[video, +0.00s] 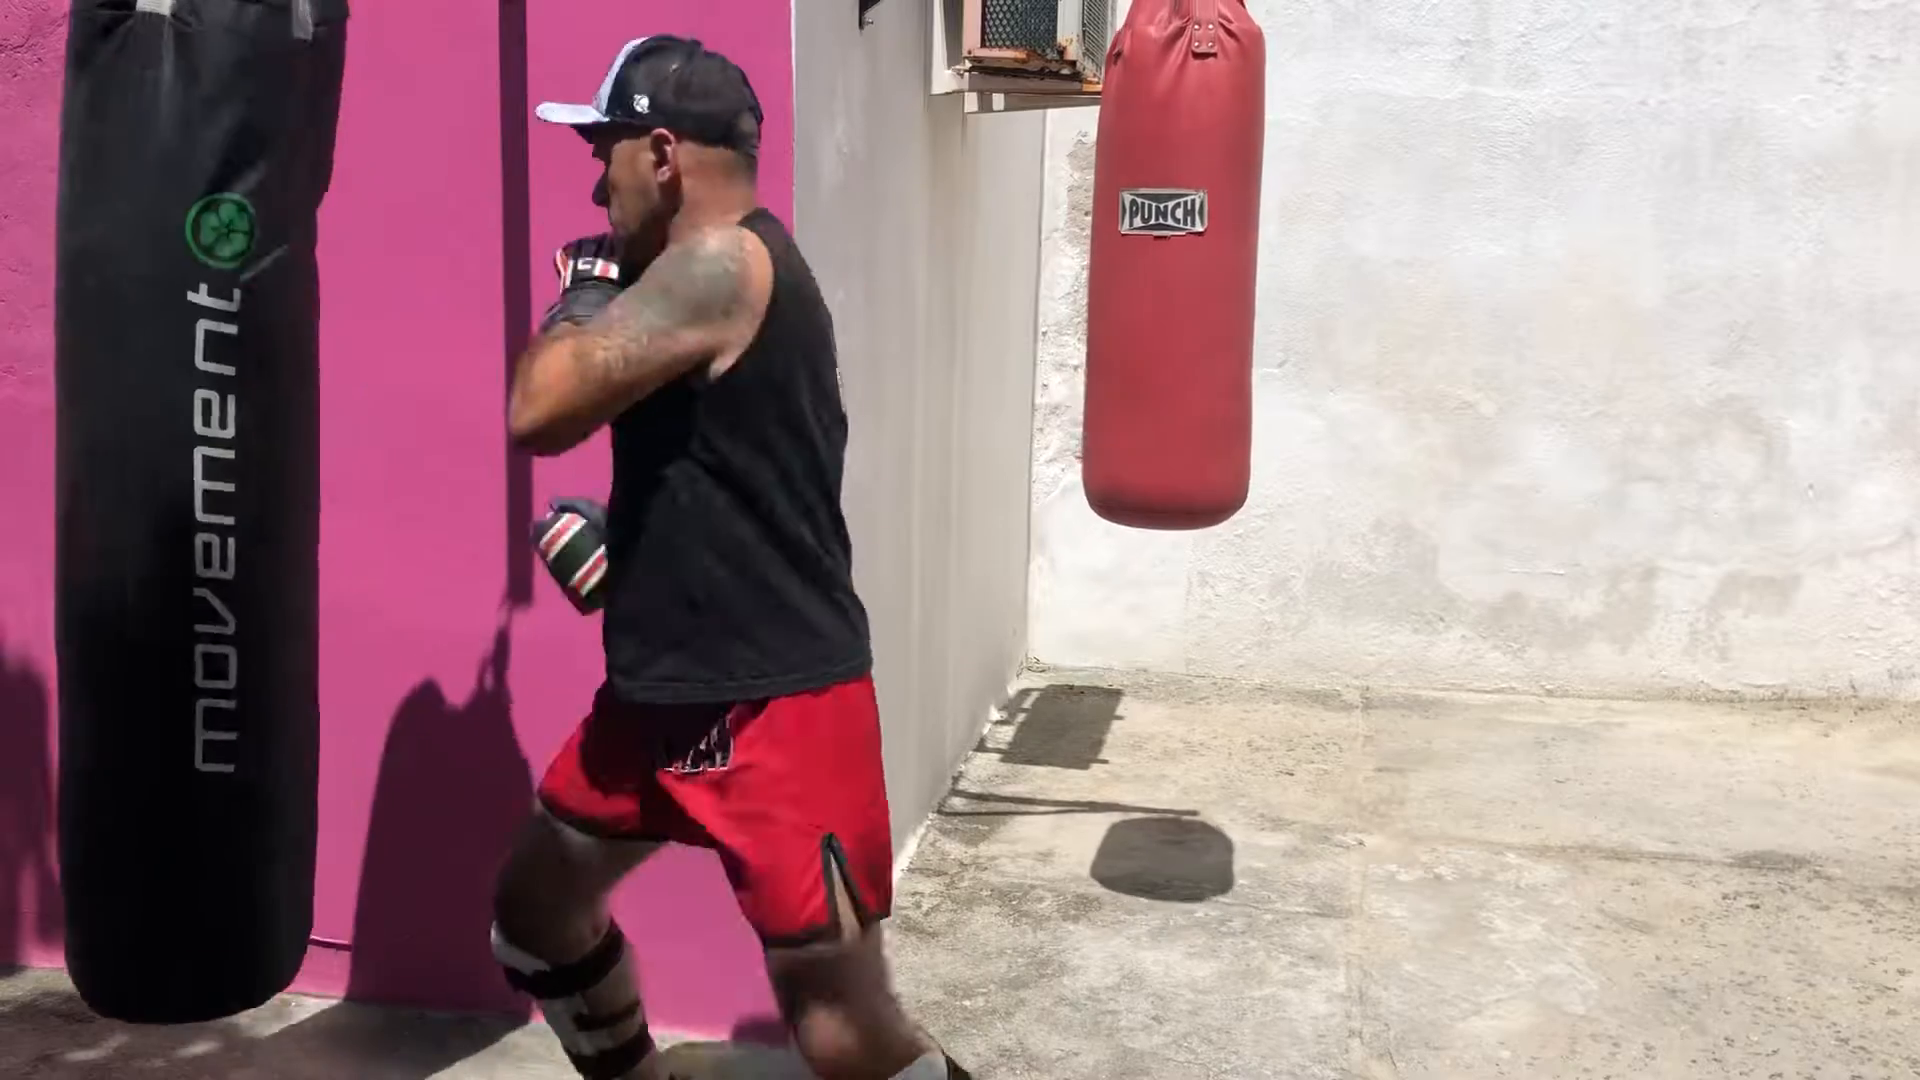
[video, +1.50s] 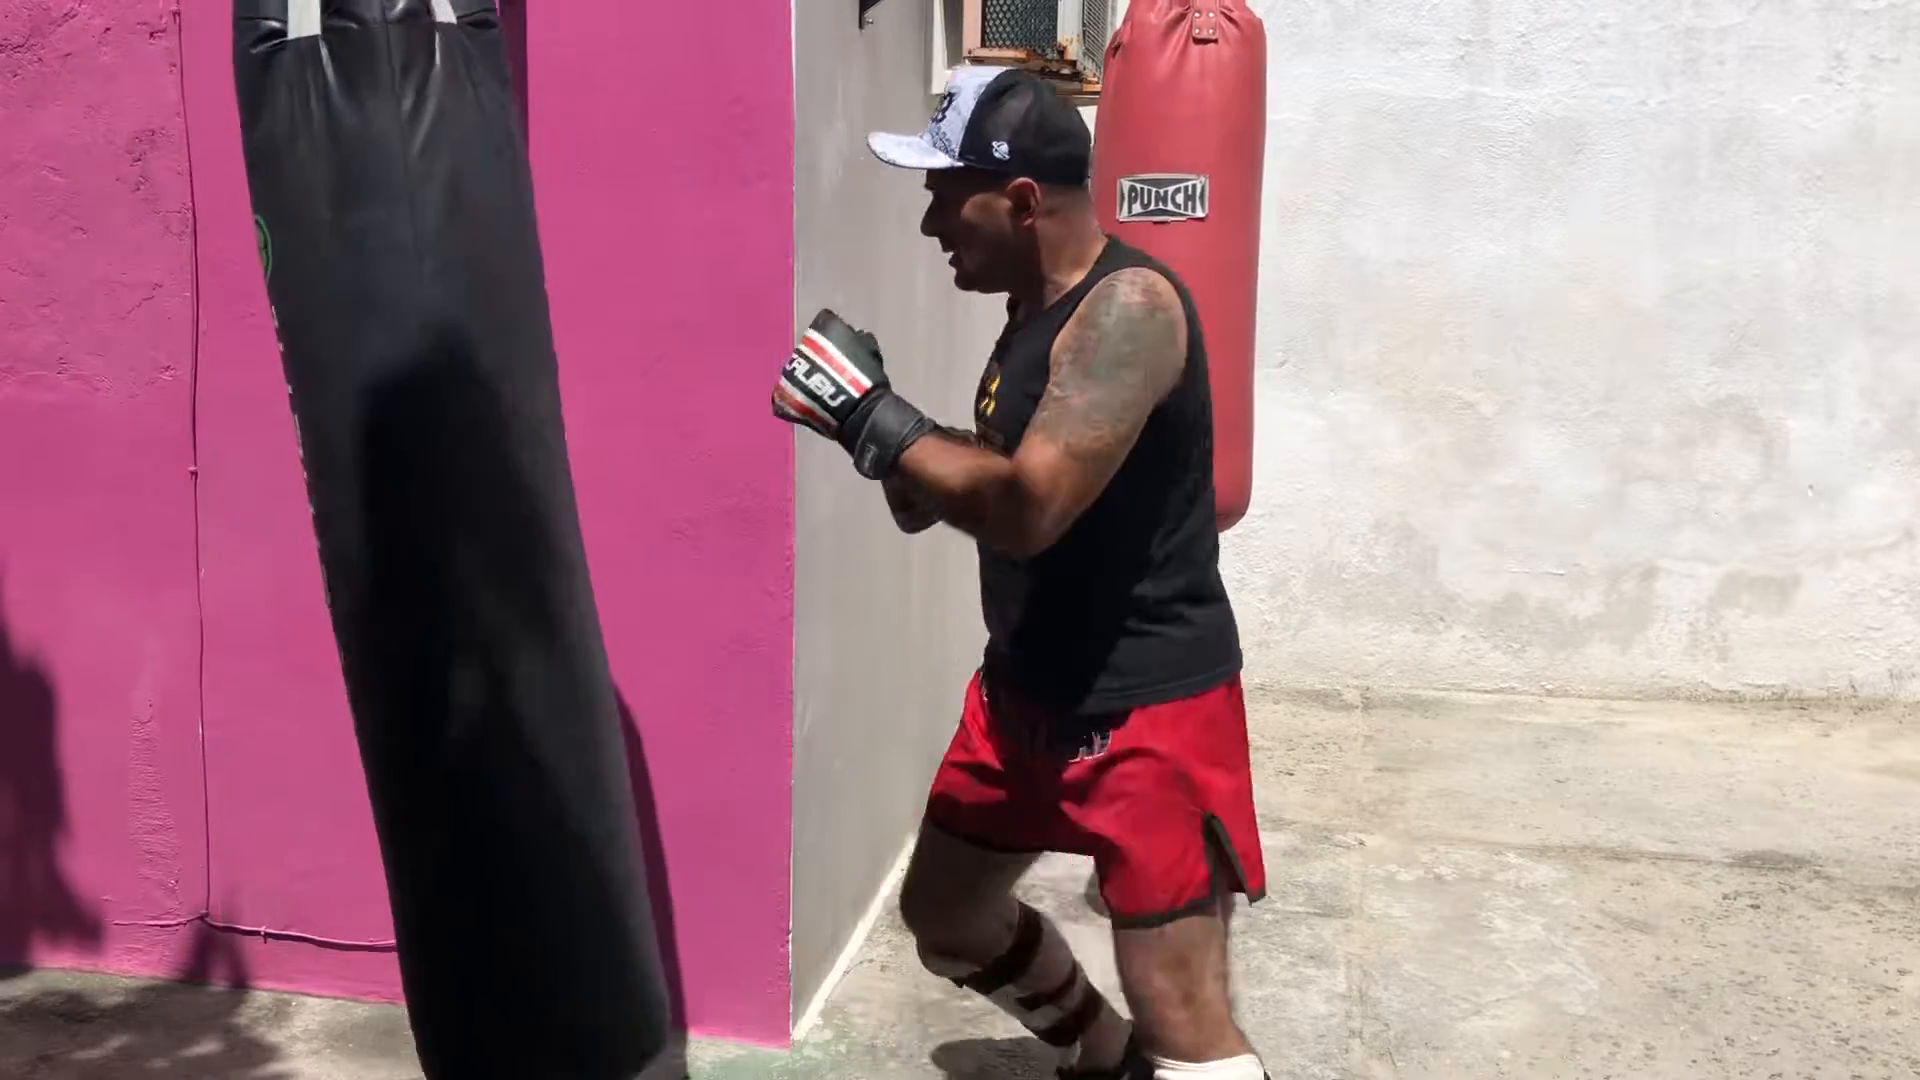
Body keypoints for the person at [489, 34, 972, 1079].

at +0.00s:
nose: (598, 169)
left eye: (610, 145)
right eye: (602, 146)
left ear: (665, 155)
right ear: (689, 155)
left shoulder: (723, 261)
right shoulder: (740, 264)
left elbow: (536, 414)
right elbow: (757, 477)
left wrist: (582, 290)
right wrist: (631, 542)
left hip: (780, 696)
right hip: (662, 692)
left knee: (846, 1032)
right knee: (541, 909)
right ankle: (629, 1075)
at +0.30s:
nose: (538, 211)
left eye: (562, 189)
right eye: (543, 191)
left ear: (639, 202)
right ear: (623, 207)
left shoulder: (749, 312)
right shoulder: (569, 368)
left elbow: (717, 457)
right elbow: (495, 491)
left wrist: (566, 404)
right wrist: (340, 486)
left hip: (782, 714)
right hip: (618, 726)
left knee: (887, 1004)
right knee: (522, 998)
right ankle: (601, 1078)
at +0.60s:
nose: (524, 193)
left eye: (539, 170)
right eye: (522, 174)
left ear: (611, 172)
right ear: (602, 179)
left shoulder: (722, 257)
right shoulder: (596, 323)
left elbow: (652, 410)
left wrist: (556, 358)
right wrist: (550, 371)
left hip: (780, 651)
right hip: (633, 669)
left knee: (896, 930)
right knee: (572, 923)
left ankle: (1018, 1072)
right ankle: (609, 1075)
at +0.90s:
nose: (741, 205)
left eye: (757, 182)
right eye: (740, 184)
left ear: (833, 187)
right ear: (821, 191)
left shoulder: (938, 288)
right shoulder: (797, 313)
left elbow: (835, 447)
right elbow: (777, 475)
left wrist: (725, 350)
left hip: (933, 673)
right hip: (790, 667)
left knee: (1014, 951)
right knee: (682, 899)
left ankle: (1113, 1077)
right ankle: (612, 1071)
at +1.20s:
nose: (884, 186)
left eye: (903, 163)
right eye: (884, 162)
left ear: (982, 169)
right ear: (964, 173)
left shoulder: (1080, 269)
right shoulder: (932, 271)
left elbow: (1032, 446)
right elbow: (865, 420)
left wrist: (878, 372)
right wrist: (756, 355)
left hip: (1079, 643)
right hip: (965, 647)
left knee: (1100, 944)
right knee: (1035, 924)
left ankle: (1172, 1072)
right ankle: (1139, 1033)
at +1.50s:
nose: (929, 219)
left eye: (946, 191)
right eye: (932, 192)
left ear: (1022, 200)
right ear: (1024, 201)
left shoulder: (1132, 305)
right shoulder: (1040, 304)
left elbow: (1028, 510)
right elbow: (1020, 460)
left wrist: (872, 416)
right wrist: (937, 481)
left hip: (1152, 702)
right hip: (1028, 689)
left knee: (1179, 1016)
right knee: (951, 917)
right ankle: (1106, 1050)